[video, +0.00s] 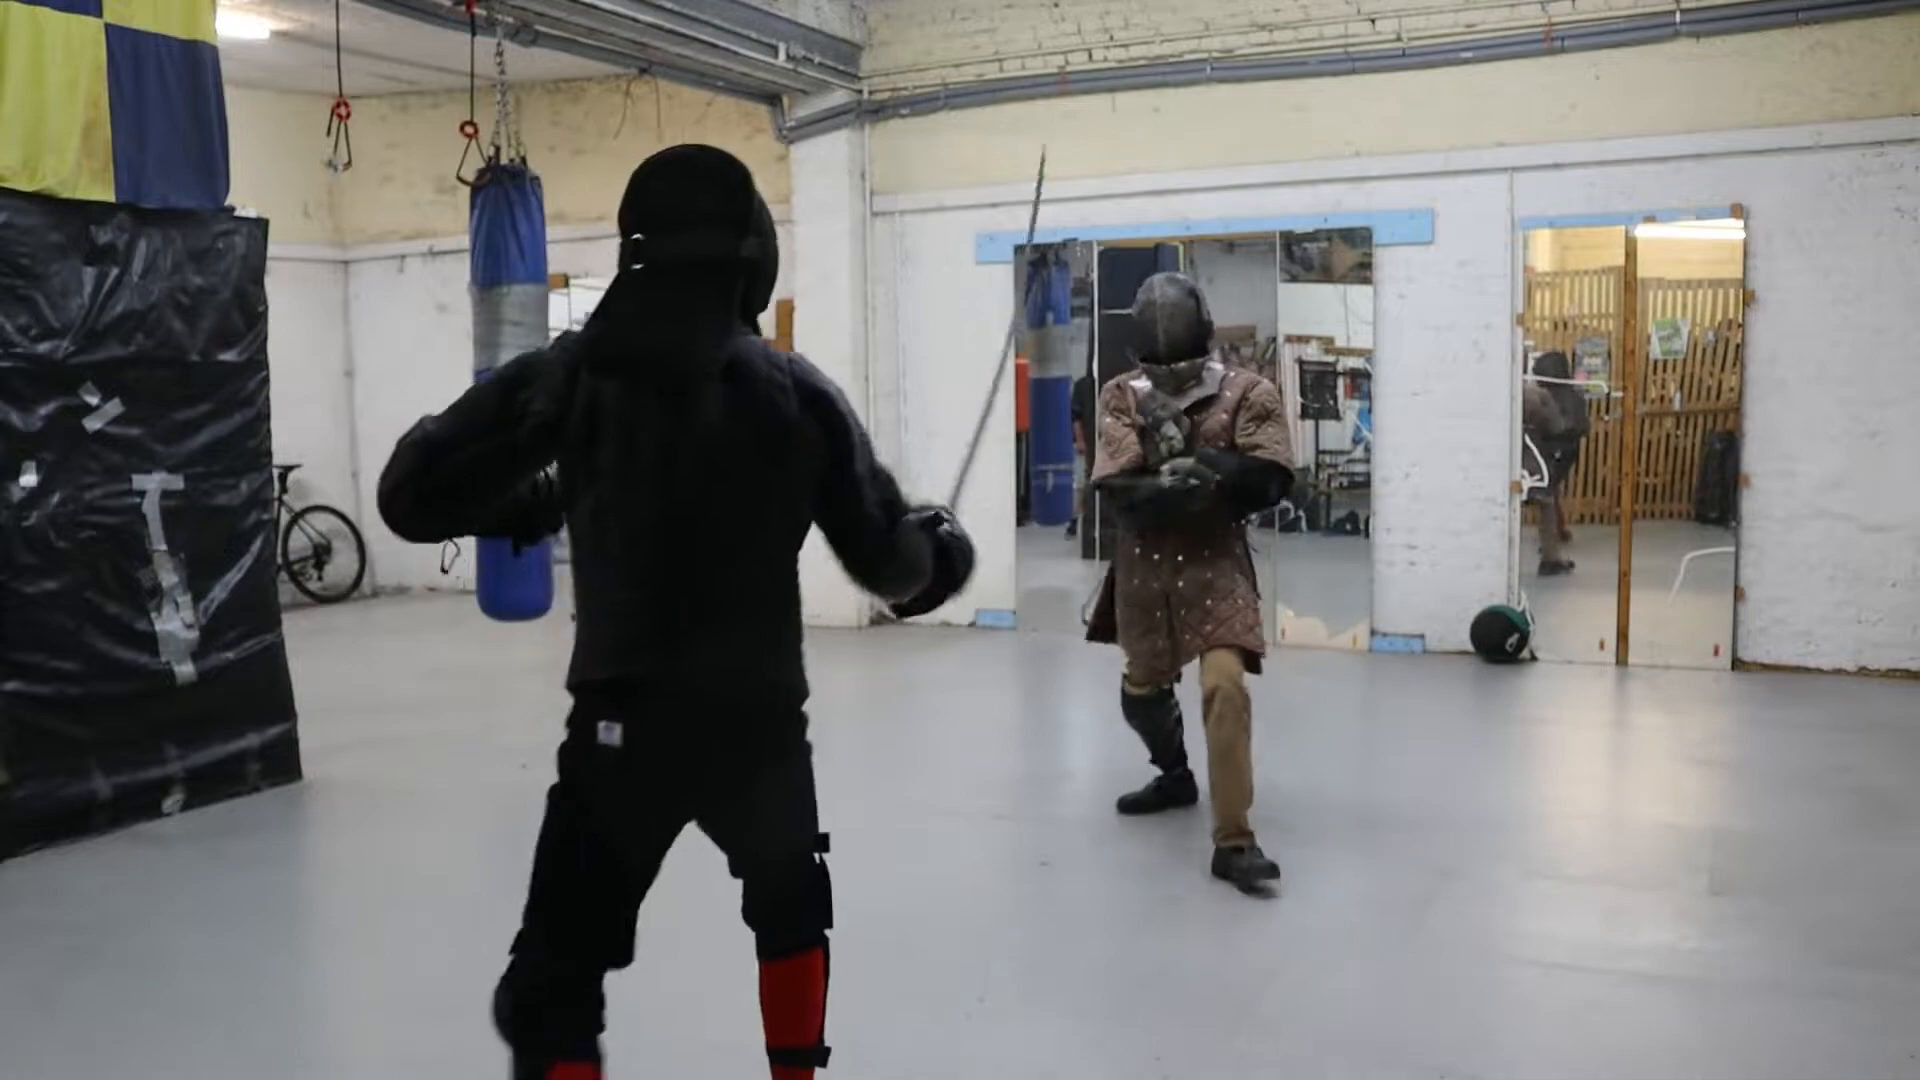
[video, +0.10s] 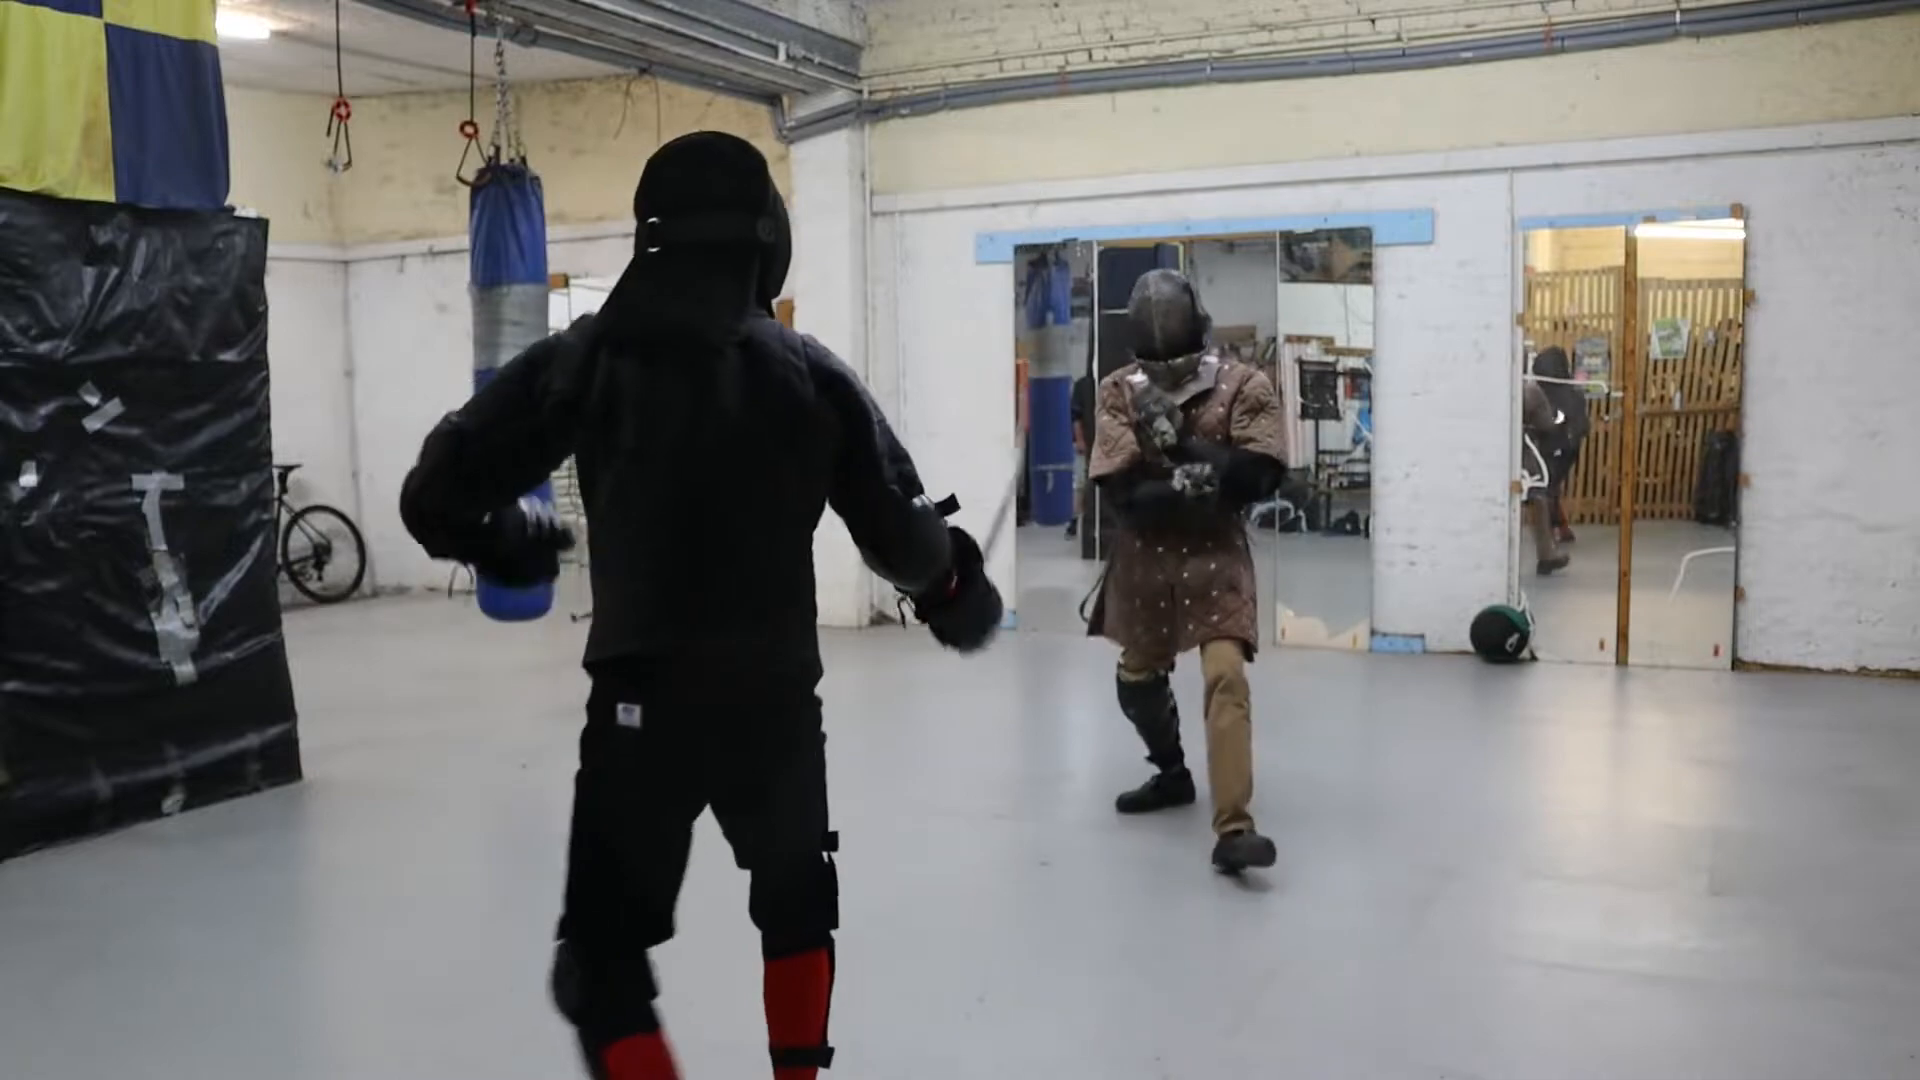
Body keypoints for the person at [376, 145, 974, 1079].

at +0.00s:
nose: (764, 264)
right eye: (758, 246)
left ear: (633, 254)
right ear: (752, 259)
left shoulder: (568, 378)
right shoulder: (792, 392)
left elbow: (412, 496)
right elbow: (890, 563)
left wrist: (542, 501)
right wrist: (940, 545)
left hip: (622, 738)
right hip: (758, 738)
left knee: (554, 988)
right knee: (792, 914)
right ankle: (796, 1072)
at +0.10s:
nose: (778, 255)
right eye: (773, 238)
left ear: (651, 243)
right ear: (764, 246)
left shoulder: (587, 360)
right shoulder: (808, 375)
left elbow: (438, 490)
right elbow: (901, 537)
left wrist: (517, 549)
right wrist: (955, 586)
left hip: (639, 707)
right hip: (771, 706)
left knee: (604, 954)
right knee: (797, 901)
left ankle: (649, 1077)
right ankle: (799, 1071)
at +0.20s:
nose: (786, 256)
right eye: (780, 237)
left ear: (658, 238)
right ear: (770, 242)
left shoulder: (593, 361)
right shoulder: (813, 372)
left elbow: (454, 505)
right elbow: (897, 531)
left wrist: (493, 601)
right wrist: (954, 640)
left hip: (653, 698)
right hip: (785, 696)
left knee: (641, 938)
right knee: (808, 876)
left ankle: (682, 1071)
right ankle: (805, 1067)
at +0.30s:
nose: (793, 256)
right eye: (789, 238)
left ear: (666, 245)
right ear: (781, 247)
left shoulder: (604, 372)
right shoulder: (825, 383)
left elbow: (466, 518)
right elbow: (895, 551)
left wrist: (476, 636)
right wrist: (940, 668)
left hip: (662, 704)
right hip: (797, 702)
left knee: (645, 942)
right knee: (833, 856)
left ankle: (685, 1075)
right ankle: (822, 1063)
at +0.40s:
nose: (809, 264)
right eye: (805, 247)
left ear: (687, 250)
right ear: (798, 256)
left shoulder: (622, 372)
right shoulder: (837, 388)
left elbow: (468, 494)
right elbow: (907, 557)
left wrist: (483, 642)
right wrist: (963, 657)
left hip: (675, 705)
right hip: (805, 703)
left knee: (656, 938)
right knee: (850, 856)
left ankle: (691, 1070)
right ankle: (877, 1045)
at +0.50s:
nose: (831, 278)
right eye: (828, 261)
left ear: (716, 260)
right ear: (820, 267)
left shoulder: (659, 365)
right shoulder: (858, 396)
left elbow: (495, 425)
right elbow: (938, 542)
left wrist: (560, 597)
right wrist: (1019, 601)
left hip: (701, 701)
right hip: (819, 700)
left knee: (678, 933)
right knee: (865, 861)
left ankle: (696, 1074)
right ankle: (905, 1032)